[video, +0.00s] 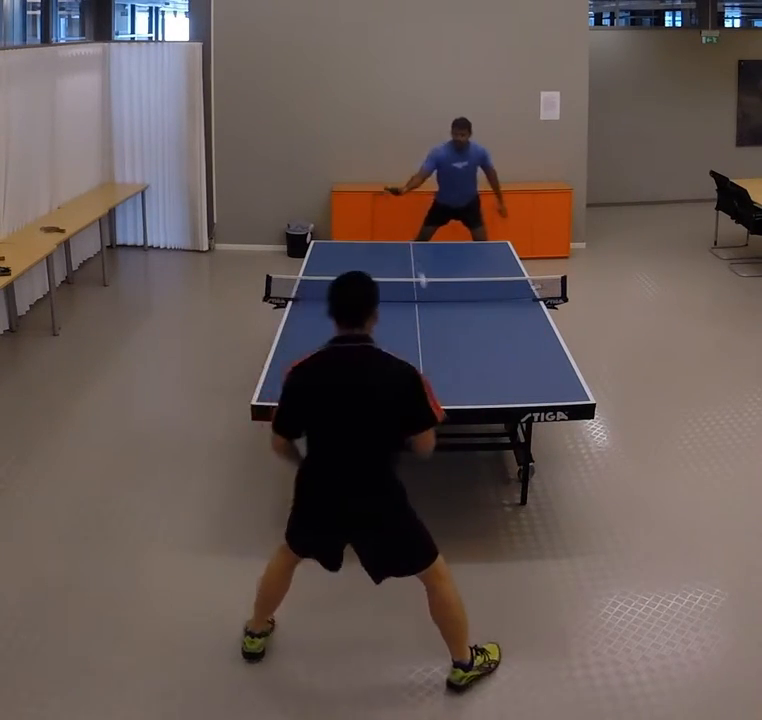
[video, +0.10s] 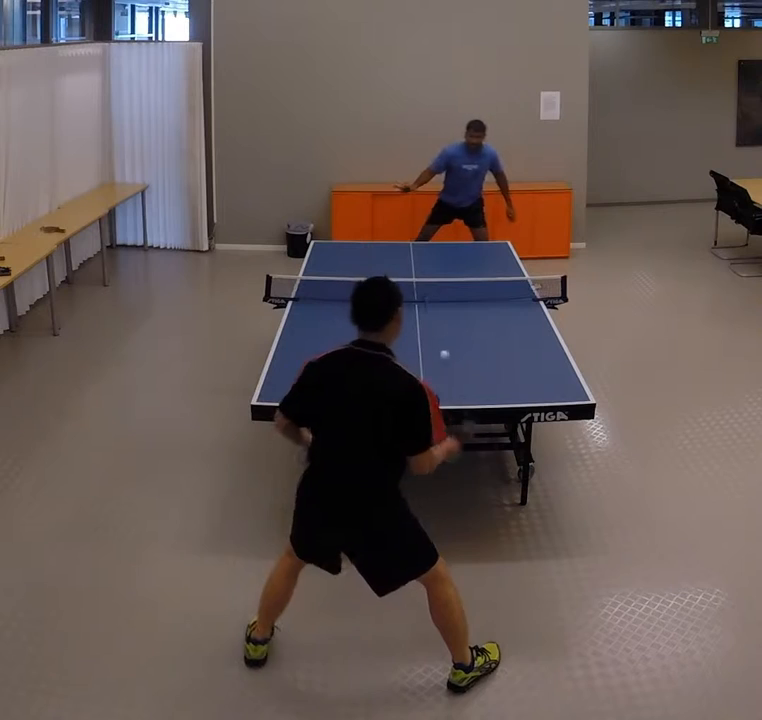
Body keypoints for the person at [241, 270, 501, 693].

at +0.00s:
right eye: (373, 307)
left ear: (331, 313)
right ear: (375, 313)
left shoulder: (304, 372)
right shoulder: (400, 374)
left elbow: (280, 443)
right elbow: (424, 444)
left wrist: (306, 460)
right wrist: (388, 426)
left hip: (318, 495)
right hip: (380, 499)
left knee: (287, 557)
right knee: (435, 575)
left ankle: (255, 634)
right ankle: (463, 662)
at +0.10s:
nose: (401, 319)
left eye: (399, 312)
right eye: (400, 313)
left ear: (354, 317)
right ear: (396, 319)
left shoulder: (321, 368)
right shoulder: (409, 390)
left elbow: (283, 423)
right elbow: (421, 464)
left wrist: (312, 442)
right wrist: (445, 449)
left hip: (320, 496)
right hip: (378, 506)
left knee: (292, 559)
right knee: (435, 577)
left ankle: (257, 638)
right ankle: (464, 663)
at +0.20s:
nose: (406, 331)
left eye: (404, 324)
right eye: (405, 324)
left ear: (360, 328)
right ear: (398, 329)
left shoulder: (329, 371)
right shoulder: (399, 396)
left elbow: (285, 415)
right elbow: (397, 482)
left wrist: (303, 453)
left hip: (318, 498)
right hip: (371, 510)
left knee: (293, 558)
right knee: (437, 575)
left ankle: (254, 637)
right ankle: (464, 664)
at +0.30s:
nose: (384, 331)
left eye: (380, 323)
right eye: (380, 324)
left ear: (339, 333)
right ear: (370, 330)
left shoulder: (316, 380)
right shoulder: (373, 391)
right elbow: (370, 469)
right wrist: (437, 510)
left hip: (309, 506)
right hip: (360, 512)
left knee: (287, 555)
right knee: (436, 574)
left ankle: (253, 637)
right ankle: (464, 664)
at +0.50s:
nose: (290, 359)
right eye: (288, 356)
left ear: (250, 379)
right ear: (288, 363)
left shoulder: (254, 429)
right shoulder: (324, 390)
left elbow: (259, 497)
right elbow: (343, 364)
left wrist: (282, 511)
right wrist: (320, 349)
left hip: (298, 525)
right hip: (357, 519)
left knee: (268, 569)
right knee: (416, 596)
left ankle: (251, 641)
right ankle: (461, 683)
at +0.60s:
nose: (236, 381)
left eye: (236, 376)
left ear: (238, 383)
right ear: (277, 366)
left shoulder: (243, 435)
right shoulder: (307, 394)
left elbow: (264, 495)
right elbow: (260, 422)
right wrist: (198, 443)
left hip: (304, 525)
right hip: (361, 513)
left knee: (270, 574)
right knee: (419, 598)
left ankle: (251, 641)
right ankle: (466, 681)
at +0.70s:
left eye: (233, 364)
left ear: (232, 371)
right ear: (272, 360)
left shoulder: (234, 425)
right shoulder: (301, 391)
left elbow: (250, 485)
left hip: (298, 513)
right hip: (355, 503)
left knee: (269, 567)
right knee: (412, 589)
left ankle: (250, 641)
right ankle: (460, 677)